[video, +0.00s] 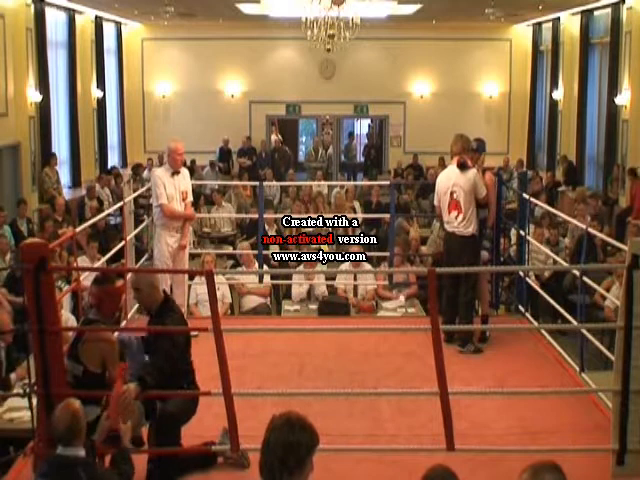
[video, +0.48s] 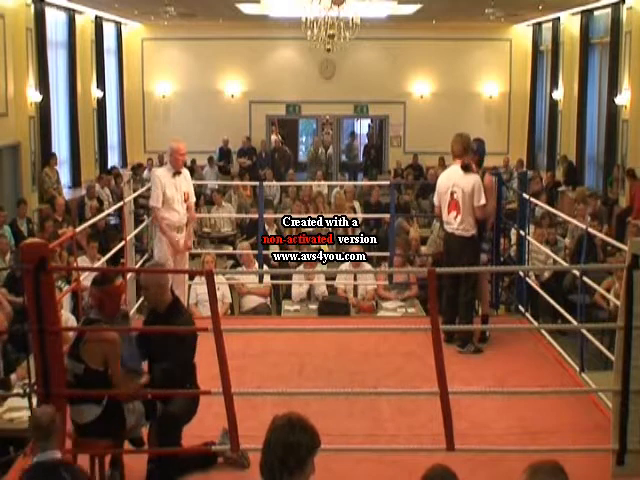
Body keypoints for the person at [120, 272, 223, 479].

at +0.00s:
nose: (135, 297)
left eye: (138, 291)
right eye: (134, 291)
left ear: (154, 290)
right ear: (154, 291)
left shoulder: (171, 322)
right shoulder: (158, 315)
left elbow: (165, 364)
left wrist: (140, 384)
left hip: (181, 391)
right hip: (162, 388)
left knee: (165, 415)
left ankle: (216, 451)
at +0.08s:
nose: (138, 298)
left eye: (140, 292)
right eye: (137, 292)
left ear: (154, 290)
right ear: (154, 290)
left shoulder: (173, 321)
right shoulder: (156, 314)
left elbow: (165, 362)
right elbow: (152, 350)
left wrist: (138, 381)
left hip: (181, 392)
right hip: (164, 390)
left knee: (166, 417)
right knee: (164, 465)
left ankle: (217, 451)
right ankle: (217, 449)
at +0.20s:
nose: (141, 294)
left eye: (145, 289)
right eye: (139, 289)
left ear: (162, 287)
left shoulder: (177, 318)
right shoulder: (154, 313)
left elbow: (174, 363)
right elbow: (153, 354)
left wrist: (144, 374)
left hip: (182, 393)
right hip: (161, 391)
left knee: (166, 415)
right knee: (165, 466)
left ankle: (217, 451)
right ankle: (216, 450)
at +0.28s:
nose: (141, 295)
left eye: (145, 289)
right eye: (140, 289)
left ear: (162, 287)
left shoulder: (178, 318)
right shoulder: (154, 314)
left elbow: (176, 365)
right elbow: (150, 352)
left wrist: (144, 375)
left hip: (182, 393)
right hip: (160, 391)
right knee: (164, 466)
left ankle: (216, 451)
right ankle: (216, 450)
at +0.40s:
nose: (142, 294)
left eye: (146, 288)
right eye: (141, 288)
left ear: (163, 286)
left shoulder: (180, 319)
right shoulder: (154, 315)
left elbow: (179, 365)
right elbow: (147, 351)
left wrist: (148, 378)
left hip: (182, 392)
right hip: (161, 391)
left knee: (159, 467)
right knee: (163, 466)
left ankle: (216, 451)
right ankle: (215, 450)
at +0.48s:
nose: (143, 294)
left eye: (147, 288)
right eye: (142, 288)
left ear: (164, 286)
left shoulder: (181, 320)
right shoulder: (154, 315)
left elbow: (178, 367)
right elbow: (142, 350)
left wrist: (148, 382)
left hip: (182, 392)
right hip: (160, 391)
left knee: (159, 467)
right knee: (163, 465)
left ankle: (216, 451)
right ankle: (215, 450)